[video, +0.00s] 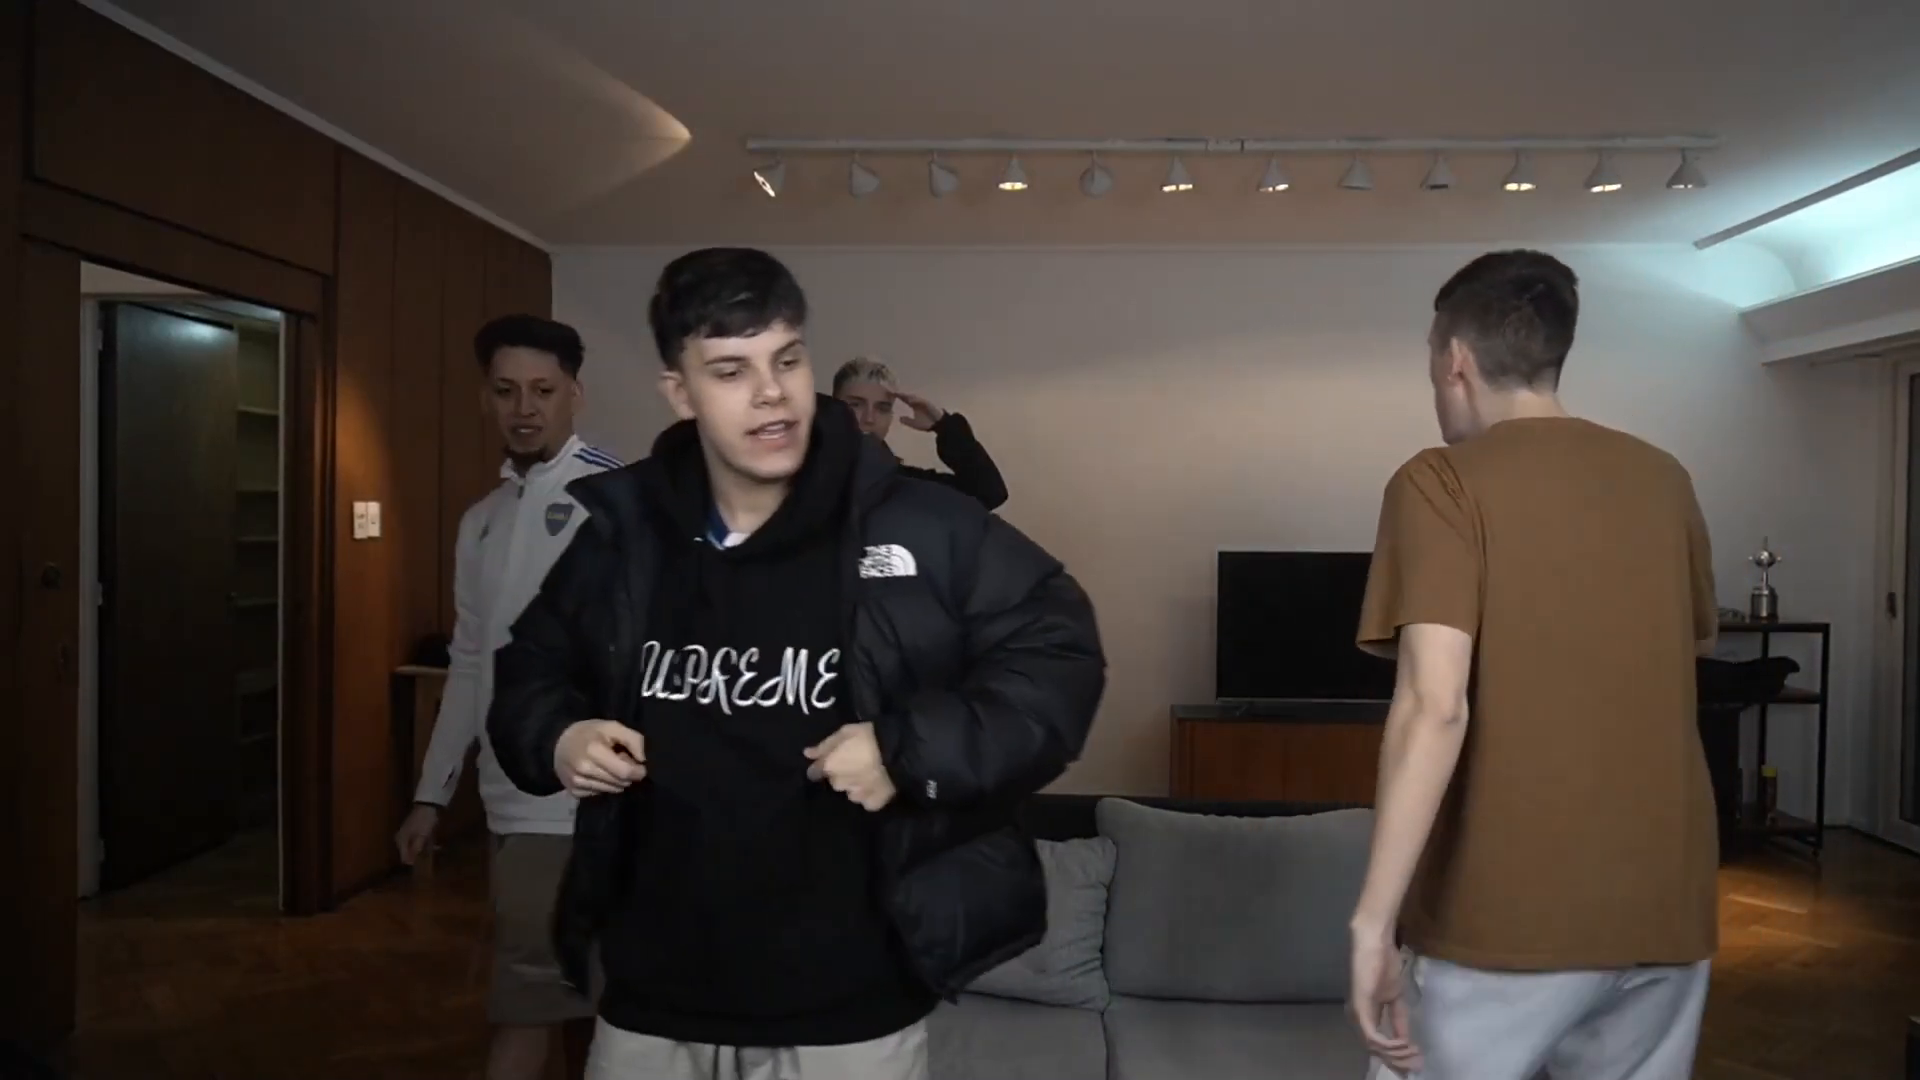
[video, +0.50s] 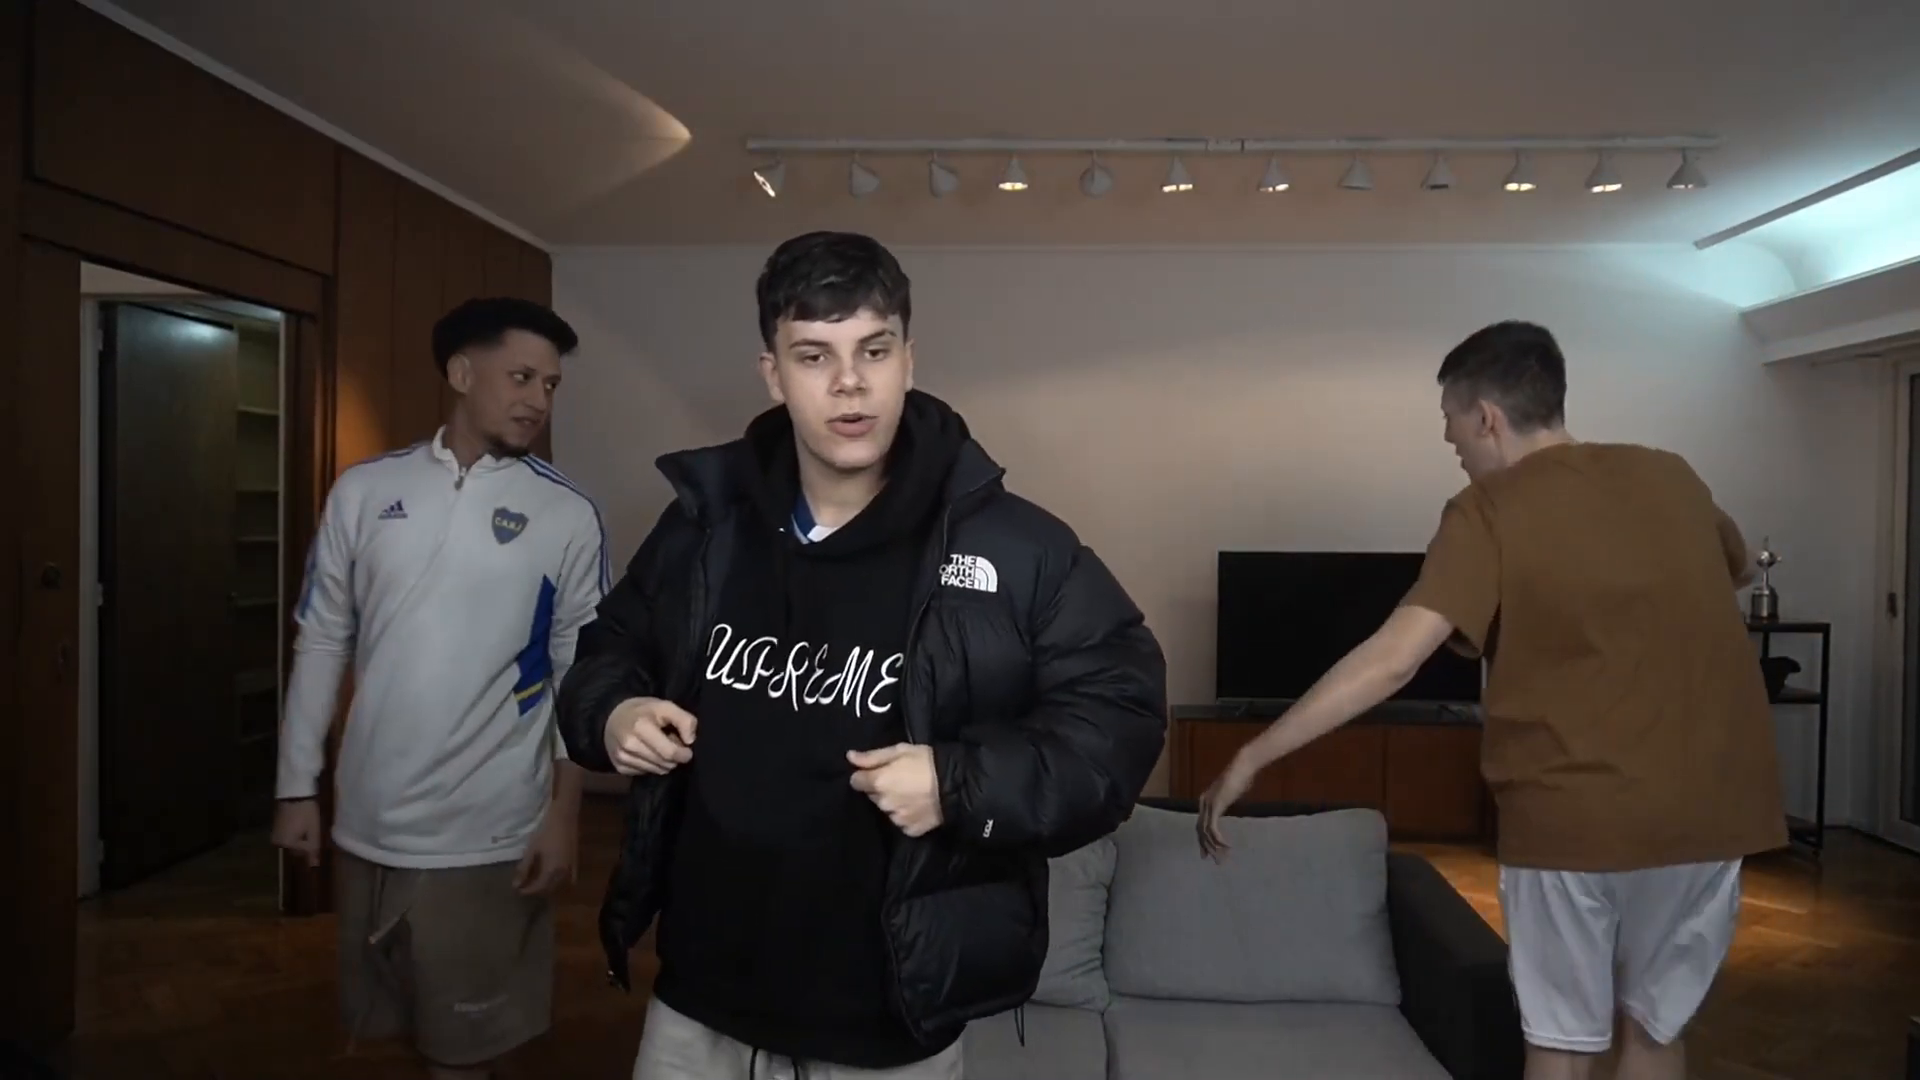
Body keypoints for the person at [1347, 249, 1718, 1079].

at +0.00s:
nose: (1435, 390)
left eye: (1434, 366)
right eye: (1436, 365)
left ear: (1456, 364)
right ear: (1555, 358)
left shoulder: (1445, 479)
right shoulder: (1664, 477)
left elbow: (1433, 708)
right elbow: (1691, 650)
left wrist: (1373, 921)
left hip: (1501, 932)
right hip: (1669, 927)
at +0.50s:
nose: (1453, 446)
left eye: (1452, 426)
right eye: (1448, 427)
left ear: (1488, 416)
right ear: (1553, 403)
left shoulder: (1488, 513)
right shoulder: (1672, 476)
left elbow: (1391, 659)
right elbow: (1741, 563)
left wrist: (1249, 759)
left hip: (1567, 825)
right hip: (1709, 823)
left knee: (1562, 1047)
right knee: (1655, 1036)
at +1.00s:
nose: (1499, 424)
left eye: (1507, 407)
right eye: (1500, 408)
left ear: (1553, 408)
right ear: (1582, 409)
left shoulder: (1533, 483)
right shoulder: (1669, 471)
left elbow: (1432, 508)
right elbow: (1695, 518)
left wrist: (1306, 463)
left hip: (1597, 752)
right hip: (1704, 742)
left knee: (1604, 941)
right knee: (1697, 951)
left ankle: (1625, 1074)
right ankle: (1709, 1075)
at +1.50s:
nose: (1413, 438)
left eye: (1424, 427)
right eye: (1417, 424)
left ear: (1472, 434)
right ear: (1484, 432)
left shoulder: (1492, 495)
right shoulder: (1536, 470)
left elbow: (1405, 547)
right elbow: (1506, 428)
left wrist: (1322, 475)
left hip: (1528, 720)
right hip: (1577, 702)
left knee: (1521, 873)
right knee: (1555, 865)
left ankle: (1629, 1039)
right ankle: (1579, 1020)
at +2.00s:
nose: (1301, 447)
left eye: (1317, 437)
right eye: (1298, 434)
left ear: (1351, 444)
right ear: (1293, 434)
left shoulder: (1363, 501)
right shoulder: (1327, 497)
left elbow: (1325, 556)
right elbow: (1300, 508)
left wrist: (1222, 566)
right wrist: (1242, 501)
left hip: (1371, 718)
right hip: (1326, 707)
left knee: (1357, 852)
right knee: (1299, 838)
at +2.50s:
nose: (1143, 433)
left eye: (1158, 422)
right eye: (1135, 421)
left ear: (1181, 432)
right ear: (1125, 427)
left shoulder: (1211, 495)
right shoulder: (1116, 491)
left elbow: (1264, 531)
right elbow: (1049, 509)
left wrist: (1292, 542)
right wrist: (967, 504)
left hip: (1184, 686)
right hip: (1133, 679)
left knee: (1139, 809)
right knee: (1141, 809)